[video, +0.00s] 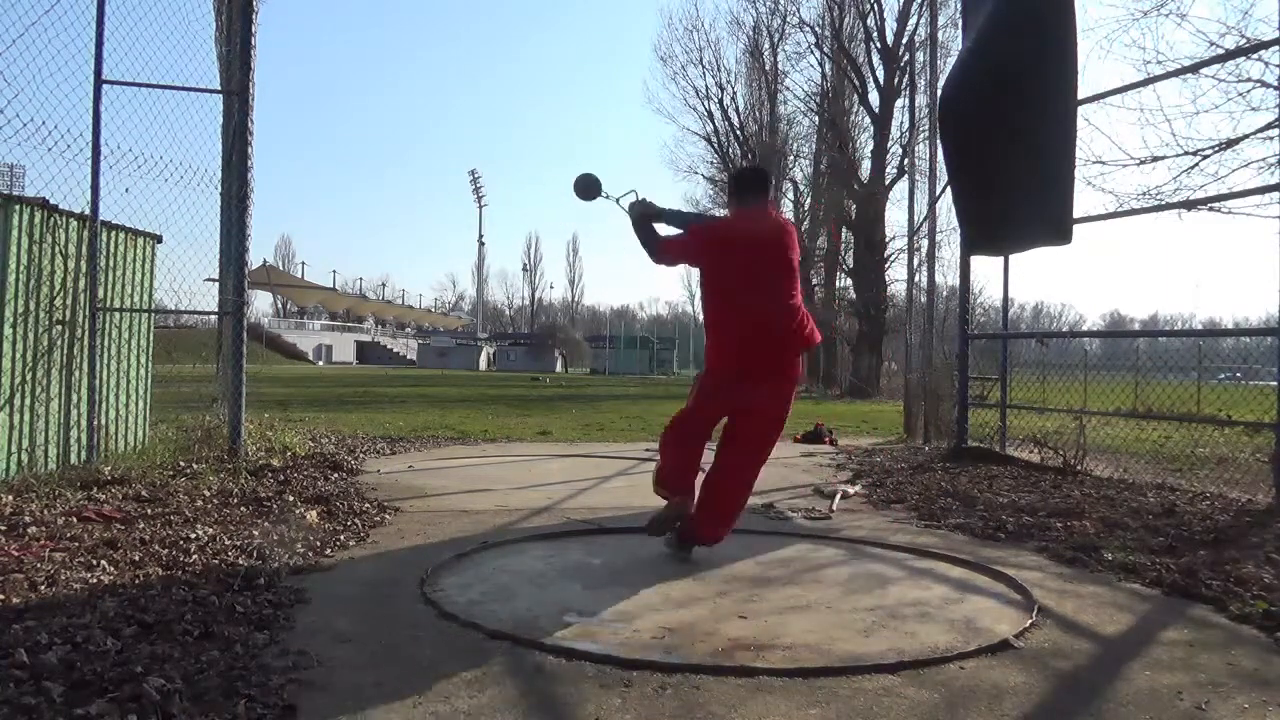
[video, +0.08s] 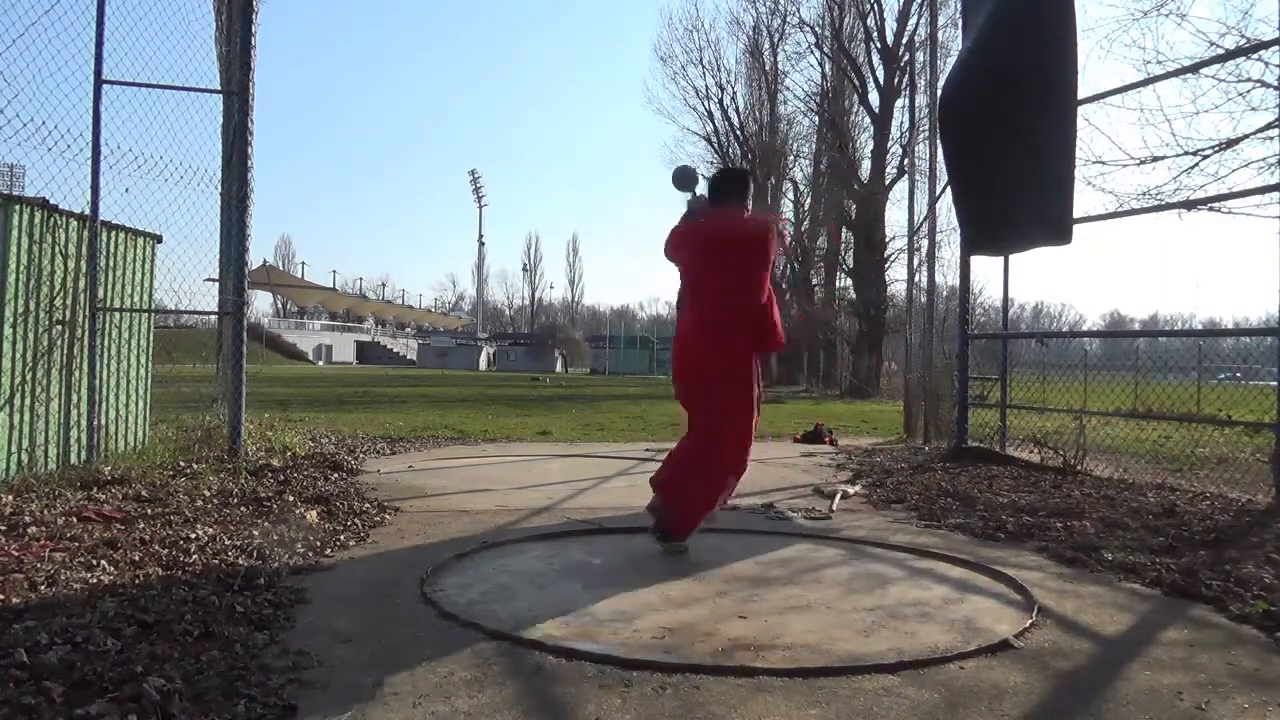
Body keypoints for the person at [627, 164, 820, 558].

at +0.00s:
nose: (736, 205)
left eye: (733, 197)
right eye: (762, 200)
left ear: (730, 198)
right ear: (769, 199)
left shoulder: (715, 236)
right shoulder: (786, 233)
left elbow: (659, 250)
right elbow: (715, 223)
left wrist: (639, 218)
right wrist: (660, 214)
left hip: (730, 363)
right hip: (781, 365)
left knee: (688, 427)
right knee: (743, 455)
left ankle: (679, 498)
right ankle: (695, 535)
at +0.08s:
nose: (750, 203)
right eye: (750, 197)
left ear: (710, 197)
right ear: (746, 199)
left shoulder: (694, 231)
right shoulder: (760, 231)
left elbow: (671, 247)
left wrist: (692, 214)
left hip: (691, 348)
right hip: (735, 352)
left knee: (702, 429)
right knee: (731, 446)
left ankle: (666, 490)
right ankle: (674, 524)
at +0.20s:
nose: (721, 213)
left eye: (720, 205)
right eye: (716, 205)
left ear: (690, 208)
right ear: (697, 207)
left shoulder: (696, 241)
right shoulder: (685, 237)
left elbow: (724, 268)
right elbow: (731, 255)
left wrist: (766, 257)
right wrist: (772, 254)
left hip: (687, 361)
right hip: (659, 362)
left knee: (731, 436)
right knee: (700, 459)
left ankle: (734, 505)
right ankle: (662, 515)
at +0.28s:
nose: (704, 216)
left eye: (702, 210)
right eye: (695, 210)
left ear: (677, 217)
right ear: (673, 217)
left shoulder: (674, 254)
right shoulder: (683, 260)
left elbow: (733, 292)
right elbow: (741, 299)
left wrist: (776, 302)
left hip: (686, 367)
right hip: (657, 370)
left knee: (724, 440)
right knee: (682, 447)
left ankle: (737, 518)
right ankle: (673, 524)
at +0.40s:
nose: (709, 223)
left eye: (717, 216)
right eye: (705, 216)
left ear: (731, 224)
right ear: (697, 222)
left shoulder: (745, 266)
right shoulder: (675, 258)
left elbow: (748, 320)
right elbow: (680, 306)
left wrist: (726, 356)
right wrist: (713, 354)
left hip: (720, 366)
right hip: (672, 363)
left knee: (727, 443)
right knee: (659, 446)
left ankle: (744, 517)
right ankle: (671, 521)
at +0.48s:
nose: (751, 201)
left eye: (763, 203)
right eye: (756, 198)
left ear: (772, 227)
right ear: (745, 208)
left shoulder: (753, 259)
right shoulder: (713, 248)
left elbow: (706, 302)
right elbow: (676, 283)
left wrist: (645, 318)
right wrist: (641, 310)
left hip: (728, 366)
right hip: (690, 361)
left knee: (711, 450)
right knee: (656, 436)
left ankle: (755, 510)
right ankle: (684, 524)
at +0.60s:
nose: (742, 192)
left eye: (753, 191)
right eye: (749, 189)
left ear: (761, 206)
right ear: (766, 209)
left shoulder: (741, 233)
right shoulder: (741, 232)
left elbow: (681, 235)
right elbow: (689, 236)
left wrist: (648, 220)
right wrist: (656, 220)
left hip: (717, 346)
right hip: (708, 345)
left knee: (710, 433)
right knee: (685, 430)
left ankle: (774, 504)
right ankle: (693, 523)